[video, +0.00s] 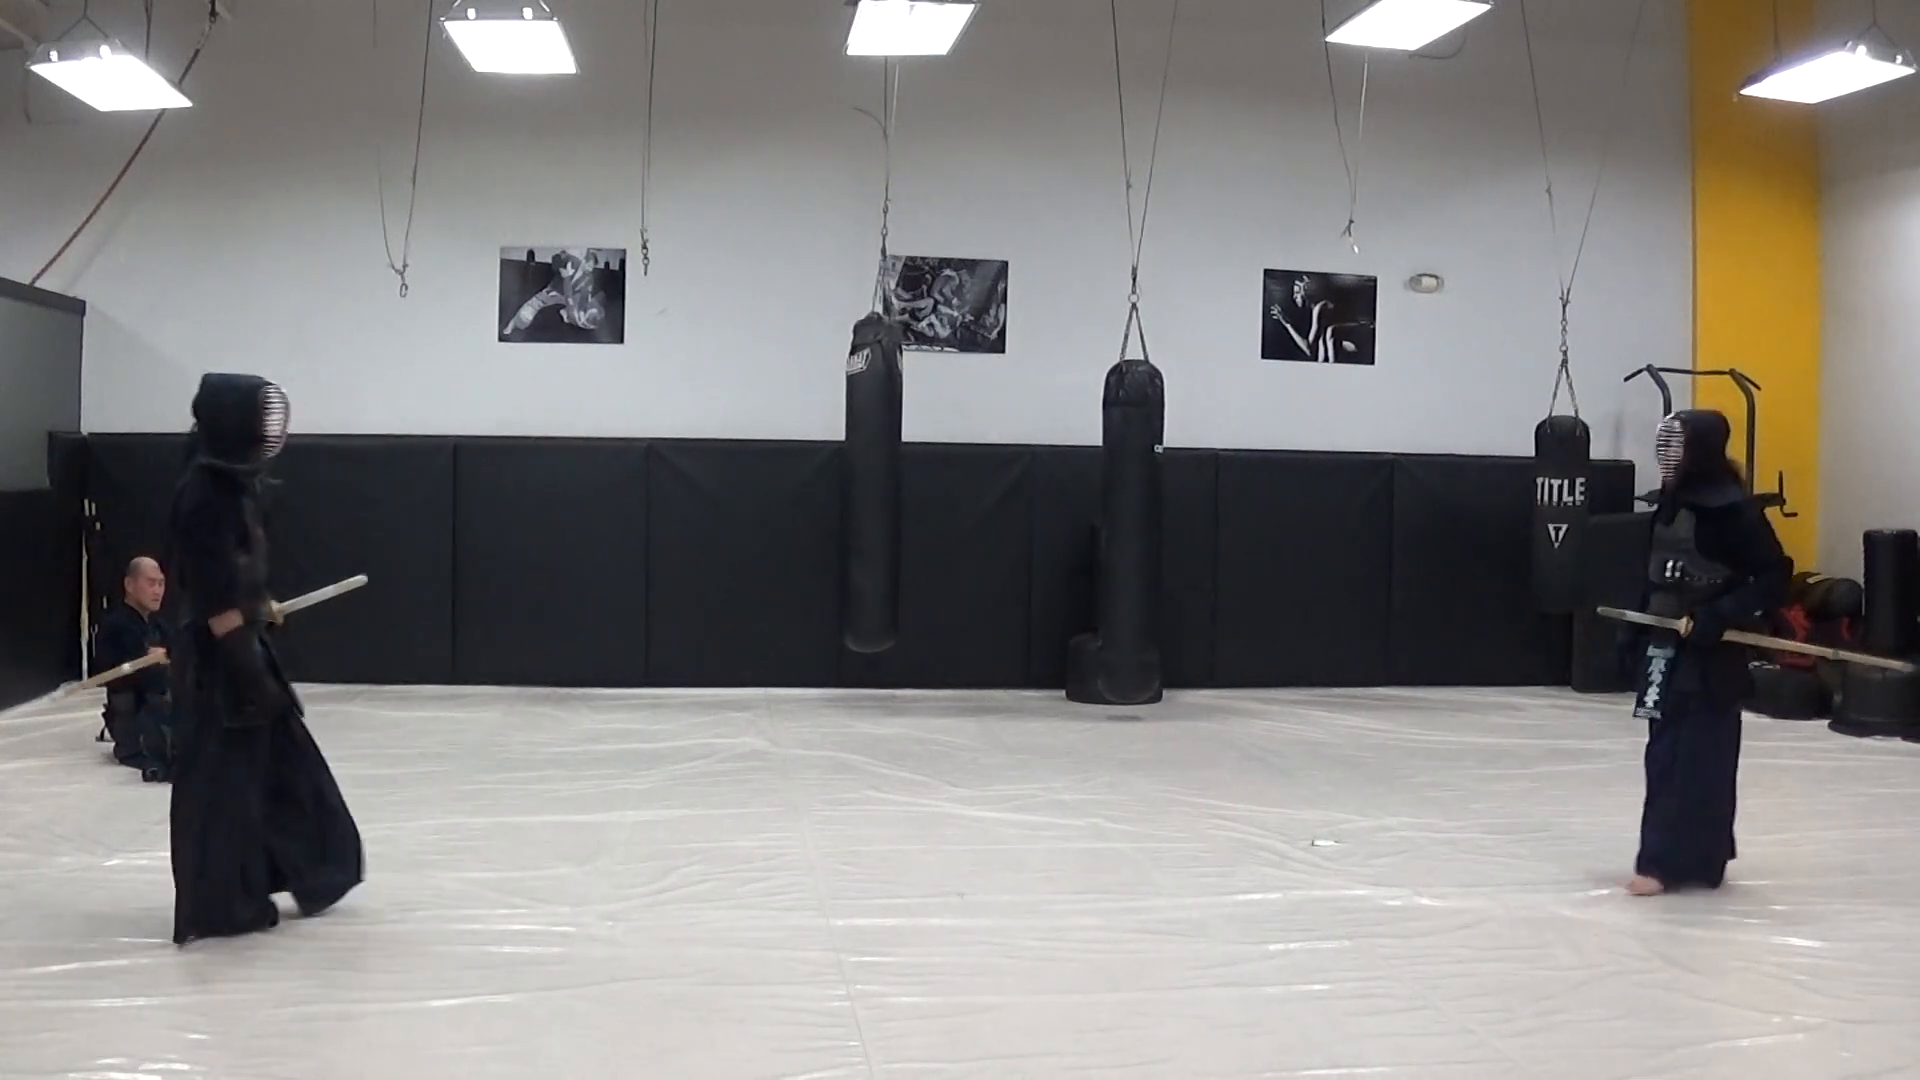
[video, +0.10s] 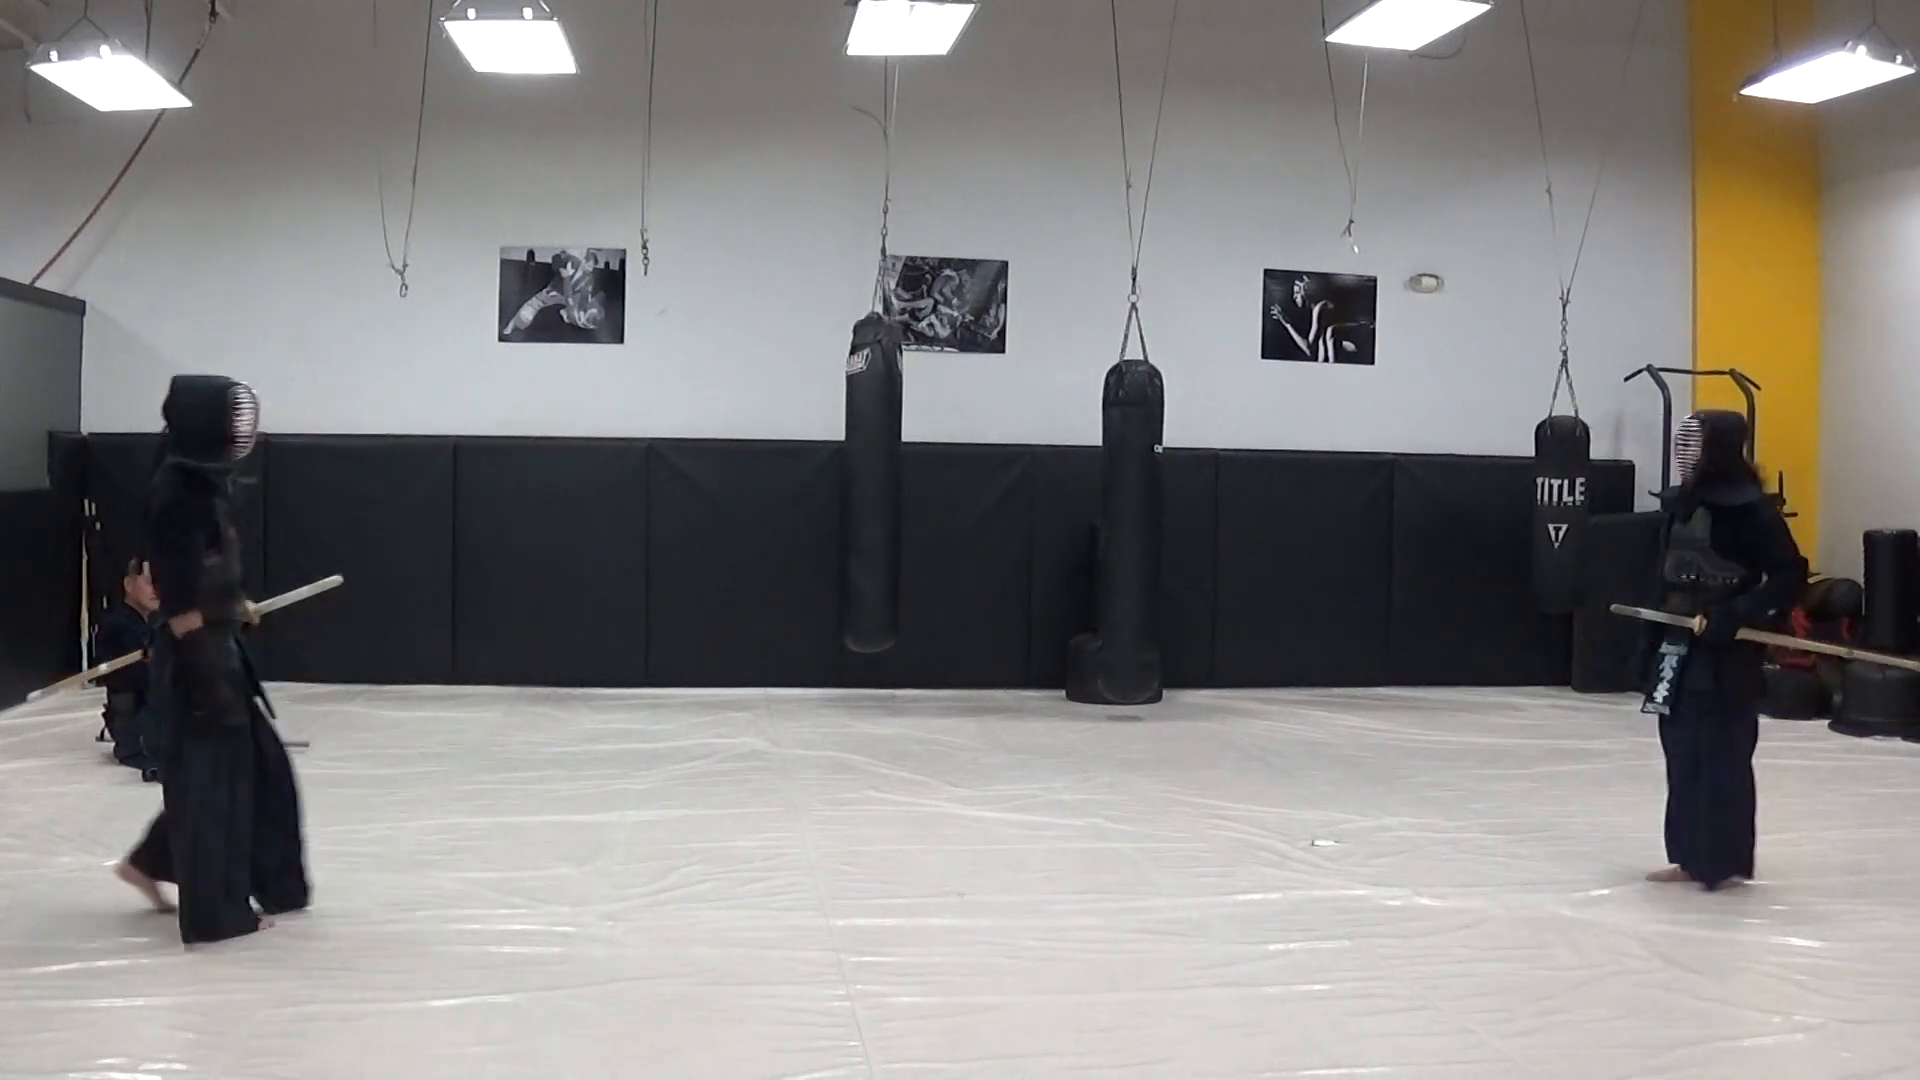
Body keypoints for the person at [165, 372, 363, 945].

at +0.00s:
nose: (271, 434)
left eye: (271, 422)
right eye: (263, 423)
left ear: (223, 424)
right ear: (238, 426)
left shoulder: (231, 485)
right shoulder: (208, 492)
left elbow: (230, 573)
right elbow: (215, 598)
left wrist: (261, 603)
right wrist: (255, 678)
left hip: (233, 649)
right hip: (213, 658)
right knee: (221, 780)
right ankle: (218, 903)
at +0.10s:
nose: (241, 439)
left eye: (241, 428)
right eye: (234, 428)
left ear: (199, 429)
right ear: (210, 429)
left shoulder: (204, 486)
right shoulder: (179, 494)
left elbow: (208, 576)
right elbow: (179, 601)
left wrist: (238, 604)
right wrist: (215, 682)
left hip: (215, 646)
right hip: (194, 652)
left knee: (233, 761)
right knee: (222, 772)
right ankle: (220, 910)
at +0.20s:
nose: (214, 437)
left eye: (214, 426)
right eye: (205, 427)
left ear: (169, 429)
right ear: (180, 429)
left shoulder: (183, 489)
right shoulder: (149, 496)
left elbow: (176, 582)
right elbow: (145, 603)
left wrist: (210, 610)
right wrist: (169, 687)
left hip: (186, 651)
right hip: (165, 657)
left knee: (174, 768)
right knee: (200, 771)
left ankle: (92, 867)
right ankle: (220, 909)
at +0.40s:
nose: (163, 428)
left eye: (163, 417)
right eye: (154, 417)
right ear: (126, 424)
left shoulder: (133, 484)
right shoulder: (91, 491)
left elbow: (129, 572)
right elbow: (88, 594)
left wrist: (157, 605)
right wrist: (130, 656)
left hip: (126, 642)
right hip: (101, 647)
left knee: (98, 765)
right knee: (140, 764)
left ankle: (77, 883)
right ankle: (186, 891)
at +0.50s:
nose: (139, 428)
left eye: (140, 417)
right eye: (129, 417)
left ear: (126, 419)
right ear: (99, 419)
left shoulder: (109, 481)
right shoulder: (67, 486)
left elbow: (111, 571)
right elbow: (60, 586)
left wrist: (132, 622)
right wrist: (89, 662)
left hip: (105, 635)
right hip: (79, 640)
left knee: (95, 756)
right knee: (95, 756)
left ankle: (90, 878)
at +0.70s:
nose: (90, 425)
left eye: (91, 413)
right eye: (79, 414)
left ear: (87, 418)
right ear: (51, 421)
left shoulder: (62, 482)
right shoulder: (26, 486)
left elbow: (55, 580)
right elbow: (25, 586)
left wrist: (91, 605)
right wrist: (65, 663)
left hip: (57, 646)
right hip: (33, 650)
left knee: (56, 760)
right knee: (58, 763)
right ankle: (73, 889)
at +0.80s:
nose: (65, 440)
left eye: (67, 428)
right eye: (56, 429)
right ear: (31, 432)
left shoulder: (35, 487)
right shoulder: (11, 494)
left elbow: (33, 584)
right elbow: (12, 602)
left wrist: (58, 605)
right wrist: (57, 670)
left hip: (34, 646)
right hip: (14, 654)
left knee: (58, 759)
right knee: (51, 761)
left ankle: (78, 872)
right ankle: (72, 875)